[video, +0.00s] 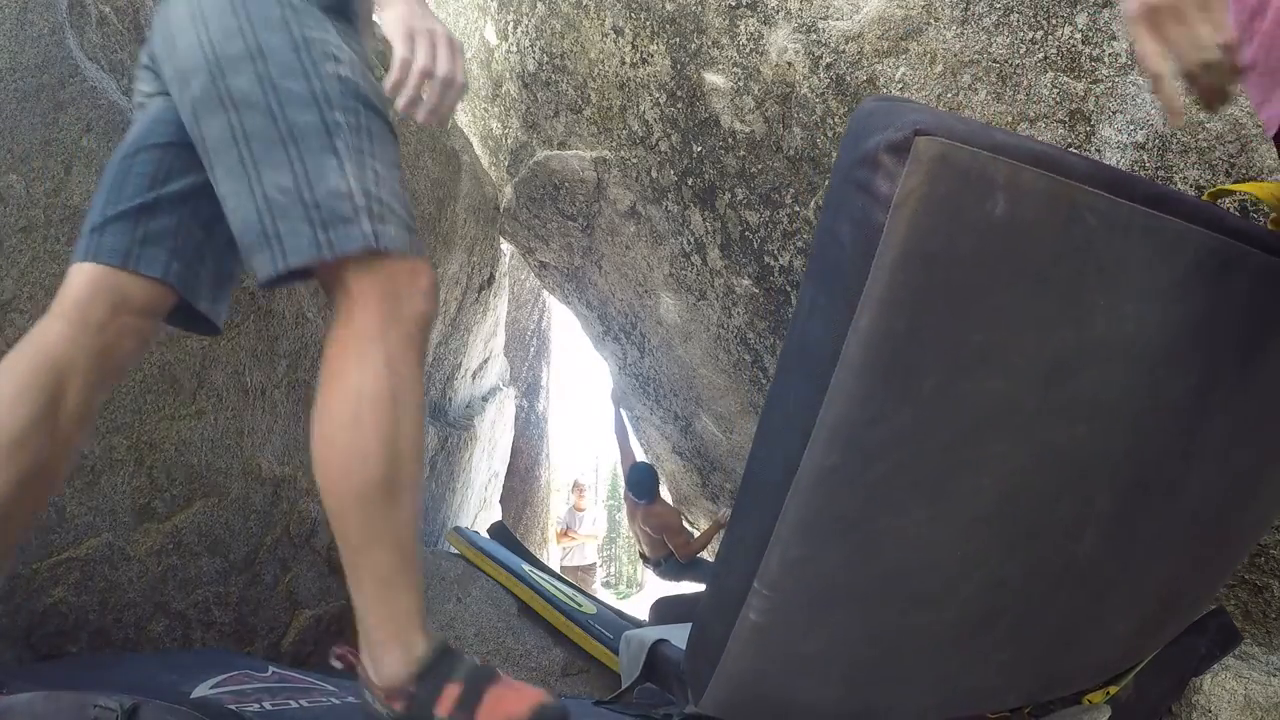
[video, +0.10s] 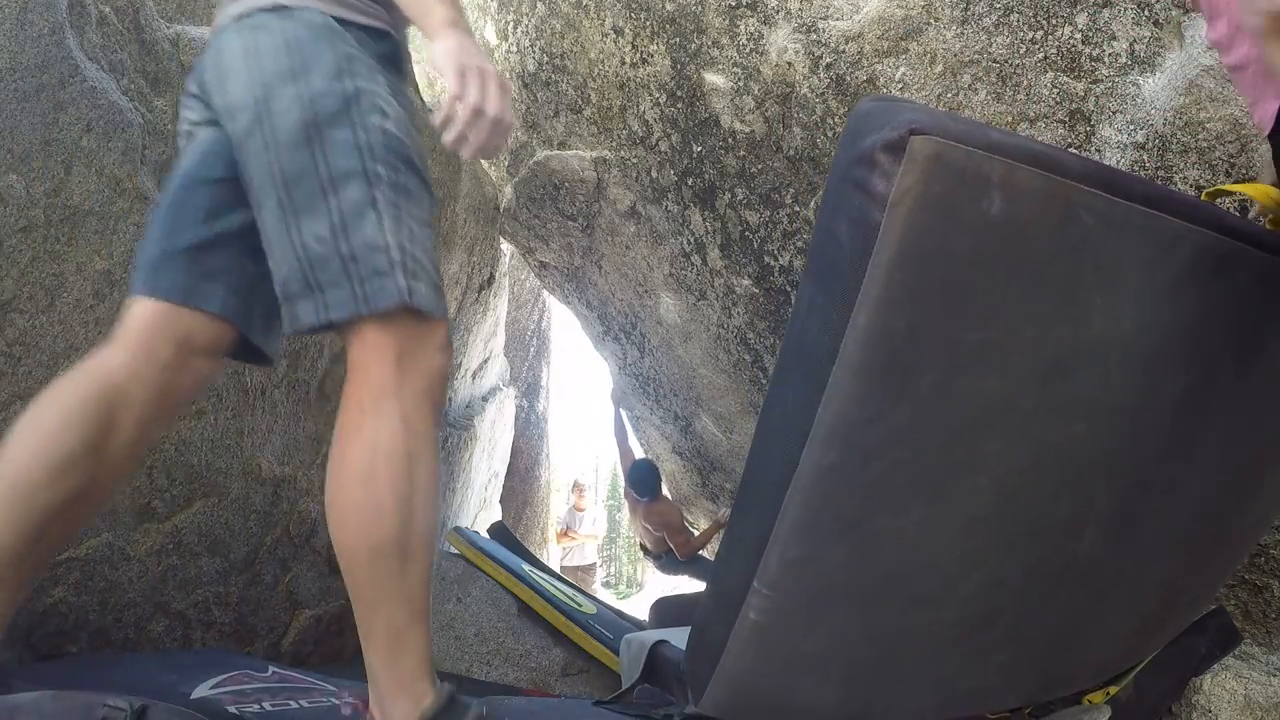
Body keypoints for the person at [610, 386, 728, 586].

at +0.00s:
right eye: (655, 471)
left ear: (632, 486)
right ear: (657, 482)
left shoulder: (631, 495)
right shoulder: (665, 517)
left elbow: (624, 445)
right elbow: (686, 555)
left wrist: (616, 407)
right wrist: (716, 526)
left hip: (649, 559)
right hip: (670, 564)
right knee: (718, 574)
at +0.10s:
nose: (659, 469)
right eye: (657, 469)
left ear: (633, 485)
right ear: (659, 480)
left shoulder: (632, 494)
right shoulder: (666, 513)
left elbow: (623, 445)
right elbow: (685, 553)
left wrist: (616, 407)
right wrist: (717, 525)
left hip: (650, 553)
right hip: (669, 559)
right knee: (717, 574)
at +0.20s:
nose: (661, 467)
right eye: (659, 467)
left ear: (635, 483)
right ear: (661, 478)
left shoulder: (632, 490)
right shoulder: (668, 509)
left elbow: (622, 445)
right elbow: (684, 550)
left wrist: (616, 407)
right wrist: (715, 526)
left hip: (652, 546)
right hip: (671, 554)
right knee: (720, 568)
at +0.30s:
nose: (662, 463)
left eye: (658, 461)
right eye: (660, 464)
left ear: (636, 480)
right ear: (663, 476)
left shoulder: (632, 483)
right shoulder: (669, 508)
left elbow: (621, 443)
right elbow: (683, 549)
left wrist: (616, 407)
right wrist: (716, 526)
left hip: (651, 540)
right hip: (671, 550)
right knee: (721, 565)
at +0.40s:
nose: (662, 459)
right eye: (661, 461)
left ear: (637, 479)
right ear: (664, 473)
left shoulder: (633, 479)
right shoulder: (670, 507)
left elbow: (621, 442)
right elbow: (682, 548)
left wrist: (616, 407)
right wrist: (716, 526)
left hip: (651, 537)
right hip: (671, 547)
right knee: (721, 564)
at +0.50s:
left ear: (637, 483)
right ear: (665, 473)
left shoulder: (634, 481)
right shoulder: (670, 507)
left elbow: (621, 442)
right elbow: (683, 548)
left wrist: (614, 405)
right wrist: (716, 526)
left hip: (651, 535)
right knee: (727, 564)